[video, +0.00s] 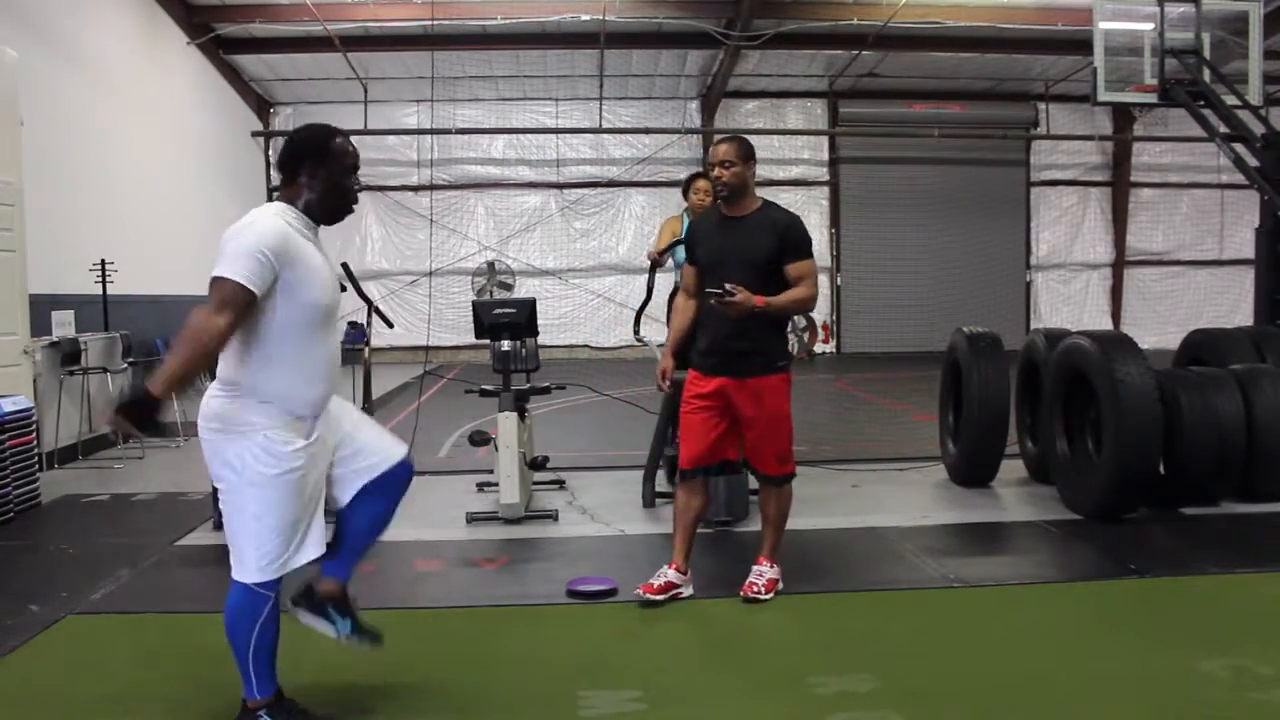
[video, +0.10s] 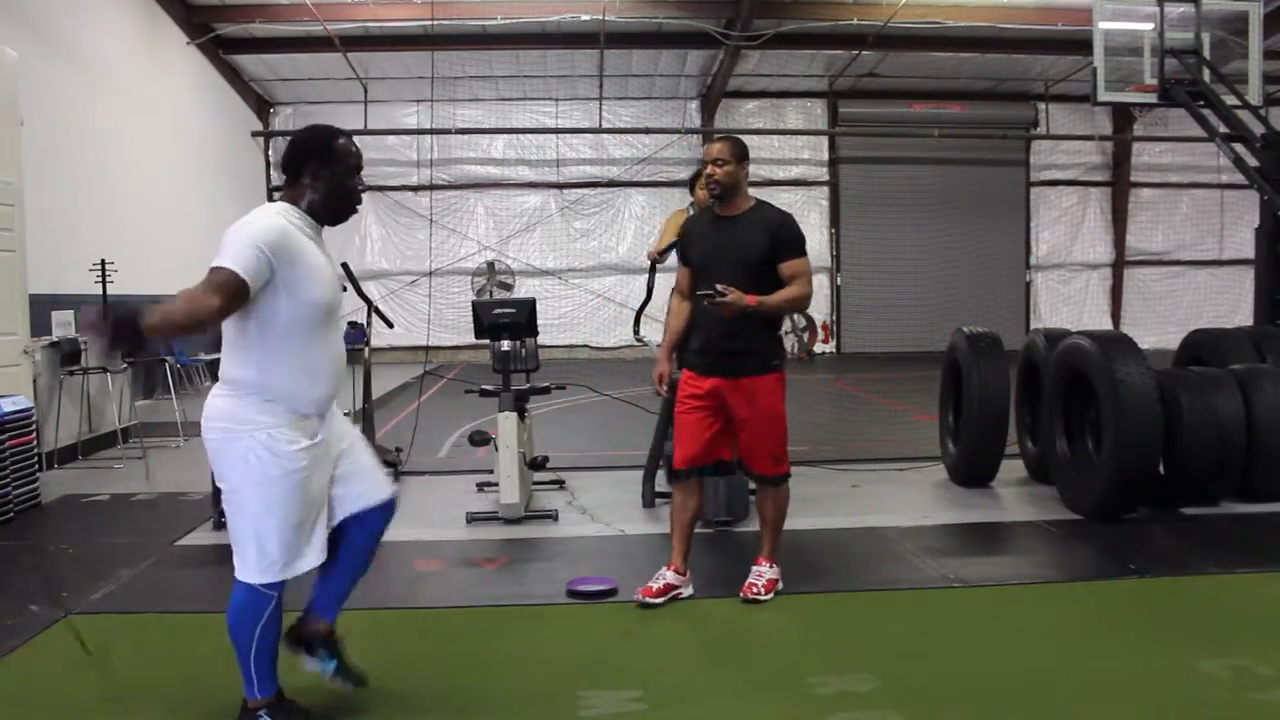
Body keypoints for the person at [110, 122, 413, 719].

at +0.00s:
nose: (356, 190)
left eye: (356, 177)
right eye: (348, 175)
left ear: (308, 177)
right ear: (308, 175)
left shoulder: (303, 236)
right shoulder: (263, 233)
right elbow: (215, 318)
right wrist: (151, 393)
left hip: (310, 410)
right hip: (256, 427)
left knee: (388, 468)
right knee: (260, 574)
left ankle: (329, 589)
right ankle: (260, 700)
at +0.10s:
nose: (362, 187)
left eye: (361, 174)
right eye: (353, 173)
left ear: (314, 177)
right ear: (313, 176)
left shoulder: (309, 240)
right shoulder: (267, 229)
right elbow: (214, 297)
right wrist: (143, 325)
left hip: (316, 420)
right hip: (259, 429)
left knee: (373, 504)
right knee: (262, 572)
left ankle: (316, 627)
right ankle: (261, 701)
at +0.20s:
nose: (361, 186)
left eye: (361, 173)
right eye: (352, 172)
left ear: (312, 177)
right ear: (312, 174)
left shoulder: (311, 237)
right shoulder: (272, 229)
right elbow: (222, 292)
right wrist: (196, 272)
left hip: (314, 425)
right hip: (260, 428)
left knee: (333, 547)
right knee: (273, 571)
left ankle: (294, 671)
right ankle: (259, 702)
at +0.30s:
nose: (364, 181)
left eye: (363, 170)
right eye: (354, 169)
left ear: (317, 175)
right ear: (316, 174)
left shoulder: (318, 238)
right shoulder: (277, 224)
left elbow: (324, 269)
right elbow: (237, 291)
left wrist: (363, 231)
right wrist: (271, 261)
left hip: (302, 425)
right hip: (258, 426)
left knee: (309, 566)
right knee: (283, 574)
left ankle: (284, 678)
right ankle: (264, 700)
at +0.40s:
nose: (372, 185)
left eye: (370, 173)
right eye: (360, 172)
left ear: (332, 182)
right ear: (322, 180)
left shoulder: (333, 240)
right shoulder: (288, 232)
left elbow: (355, 285)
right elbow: (266, 301)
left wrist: (406, 262)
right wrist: (329, 281)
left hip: (292, 421)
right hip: (252, 422)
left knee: (315, 558)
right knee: (300, 564)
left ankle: (288, 679)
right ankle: (265, 697)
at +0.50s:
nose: (371, 208)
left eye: (369, 196)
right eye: (359, 196)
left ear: (325, 206)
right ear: (320, 204)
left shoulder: (328, 266)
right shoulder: (293, 258)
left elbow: (352, 330)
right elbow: (282, 335)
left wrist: (401, 319)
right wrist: (360, 331)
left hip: (297, 437)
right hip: (252, 439)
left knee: (338, 557)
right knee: (323, 565)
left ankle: (287, 678)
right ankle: (267, 696)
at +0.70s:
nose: (356, 155)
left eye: (353, 143)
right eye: (344, 144)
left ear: (314, 155)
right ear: (313, 152)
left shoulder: (314, 216)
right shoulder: (283, 210)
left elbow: (332, 303)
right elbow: (273, 296)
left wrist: (381, 344)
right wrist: (293, 367)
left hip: (300, 394)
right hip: (272, 396)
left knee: (309, 535)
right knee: (304, 538)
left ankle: (291, 666)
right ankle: (292, 677)